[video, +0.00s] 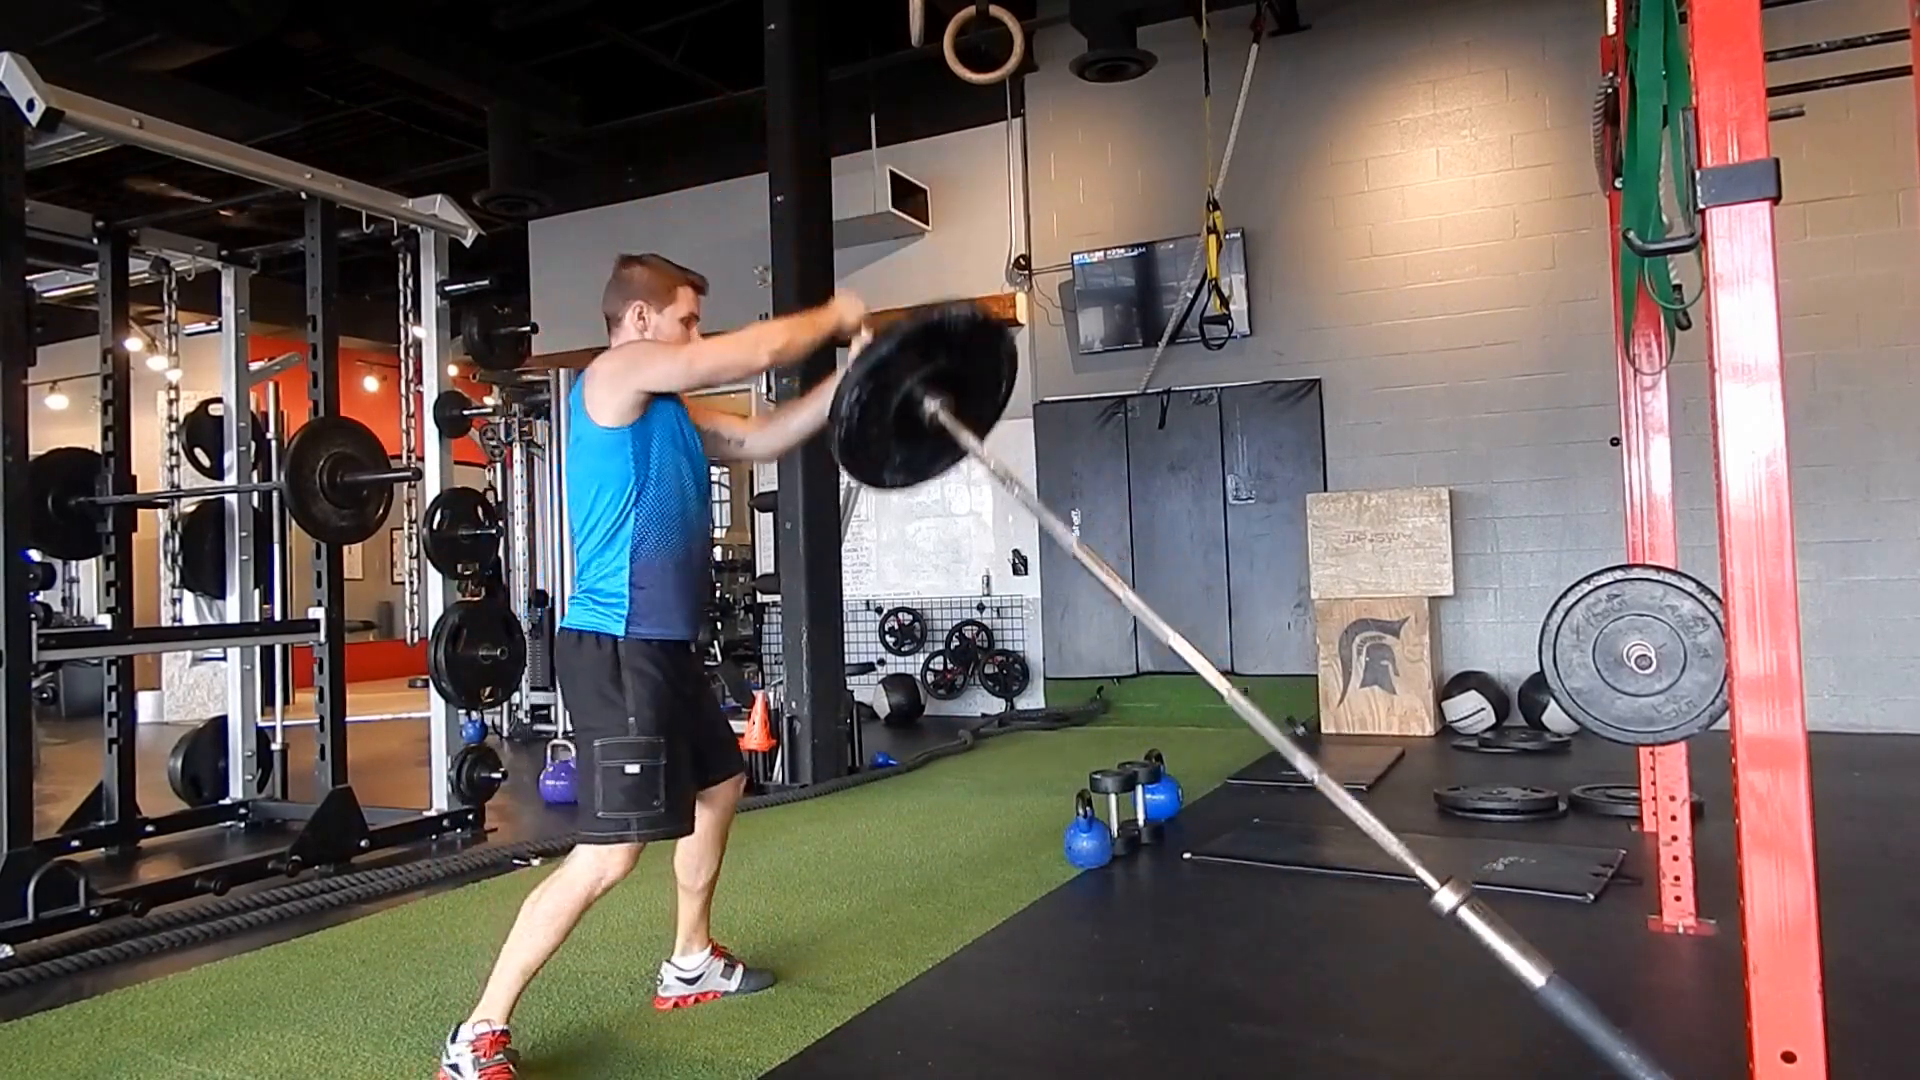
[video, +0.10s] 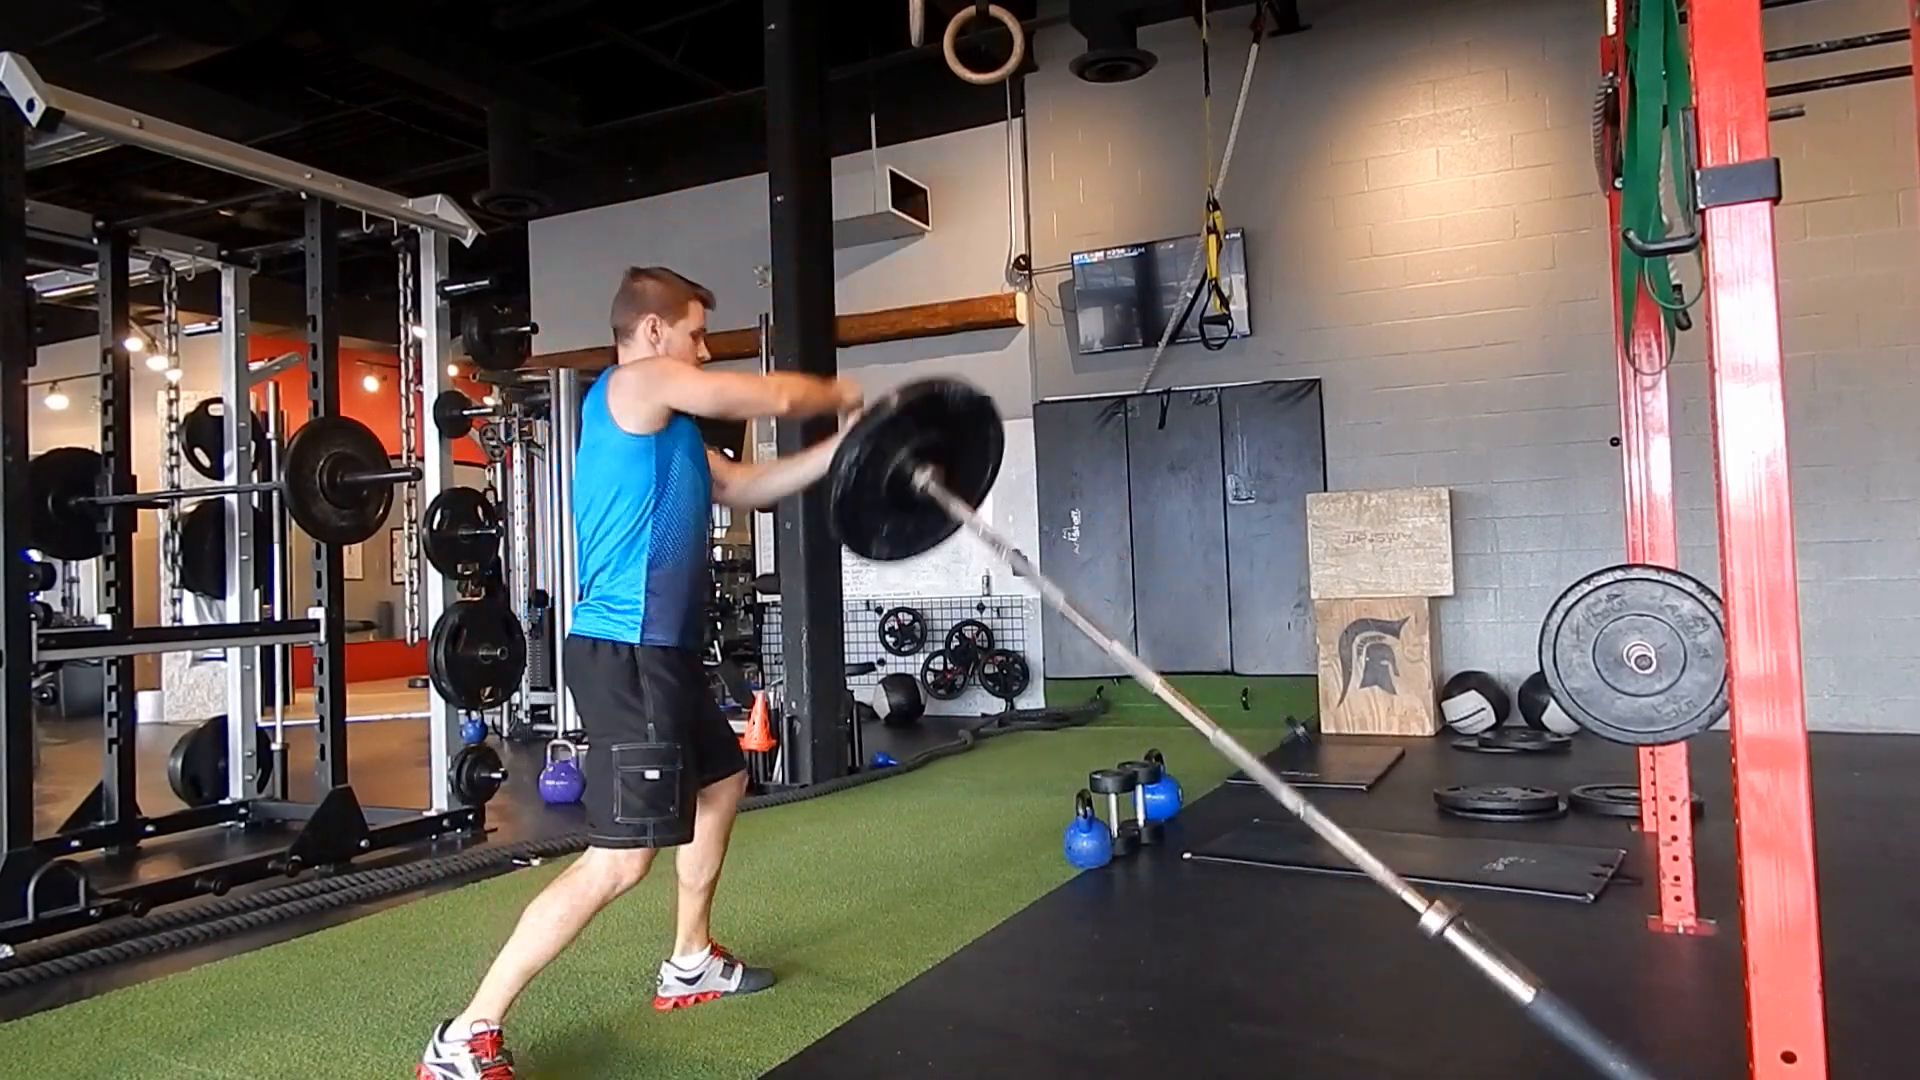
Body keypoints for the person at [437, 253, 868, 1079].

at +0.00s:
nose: (697, 334)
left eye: (697, 322)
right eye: (686, 320)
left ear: (648, 320)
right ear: (639, 318)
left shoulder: (667, 402)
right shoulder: (614, 370)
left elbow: (758, 438)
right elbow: (751, 350)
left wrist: (849, 377)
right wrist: (835, 313)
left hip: (668, 644)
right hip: (613, 644)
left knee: (718, 785)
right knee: (610, 849)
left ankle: (690, 960)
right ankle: (481, 1030)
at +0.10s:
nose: (705, 344)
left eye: (705, 332)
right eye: (696, 329)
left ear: (646, 334)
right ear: (653, 330)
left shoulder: (663, 420)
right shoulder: (640, 381)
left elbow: (742, 485)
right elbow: (777, 391)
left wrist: (838, 449)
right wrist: (843, 394)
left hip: (667, 653)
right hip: (622, 654)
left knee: (718, 785)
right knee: (622, 856)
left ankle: (691, 961)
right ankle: (469, 1032)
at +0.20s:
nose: (716, 366)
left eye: (716, 353)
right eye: (710, 352)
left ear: (653, 353)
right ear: (673, 349)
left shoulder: (632, 428)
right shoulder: (670, 395)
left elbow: (712, 535)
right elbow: (791, 450)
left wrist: (816, 523)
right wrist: (829, 479)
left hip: (661, 658)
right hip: (635, 659)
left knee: (727, 780)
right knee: (633, 864)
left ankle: (692, 960)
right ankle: (462, 1032)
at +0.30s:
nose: (730, 381)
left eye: (731, 370)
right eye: (726, 369)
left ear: (658, 368)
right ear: (693, 364)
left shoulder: (618, 445)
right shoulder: (705, 414)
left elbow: (687, 567)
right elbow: (791, 505)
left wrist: (788, 582)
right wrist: (797, 550)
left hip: (642, 663)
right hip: (650, 668)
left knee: (736, 776)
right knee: (650, 872)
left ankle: (692, 960)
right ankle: (463, 1029)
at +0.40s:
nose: (744, 397)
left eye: (744, 384)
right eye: (740, 384)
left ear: (672, 387)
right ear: (711, 382)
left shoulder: (625, 457)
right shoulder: (730, 436)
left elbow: (640, 575)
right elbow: (782, 551)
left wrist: (729, 632)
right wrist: (772, 614)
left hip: (622, 665)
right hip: (659, 675)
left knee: (739, 780)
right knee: (657, 885)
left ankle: (692, 959)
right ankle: (461, 1030)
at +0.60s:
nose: (762, 422)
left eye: (759, 409)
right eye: (757, 410)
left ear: (687, 413)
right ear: (734, 410)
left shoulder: (632, 481)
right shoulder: (764, 473)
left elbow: (622, 589)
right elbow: (760, 598)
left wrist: (697, 660)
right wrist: (738, 663)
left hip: (614, 685)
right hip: (667, 695)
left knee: (719, 802)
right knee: (667, 905)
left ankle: (692, 961)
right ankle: (460, 1032)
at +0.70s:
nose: (762, 427)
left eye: (761, 414)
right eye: (758, 414)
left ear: (687, 418)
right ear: (733, 415)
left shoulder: (629, 489)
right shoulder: (764, 483)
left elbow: (618, 595)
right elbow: (754, 608)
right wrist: (724, 681)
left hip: (608, 691)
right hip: (664, 700)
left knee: (714, 800)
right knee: (668, 914)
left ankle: (692, 962)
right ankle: (457, 1034)